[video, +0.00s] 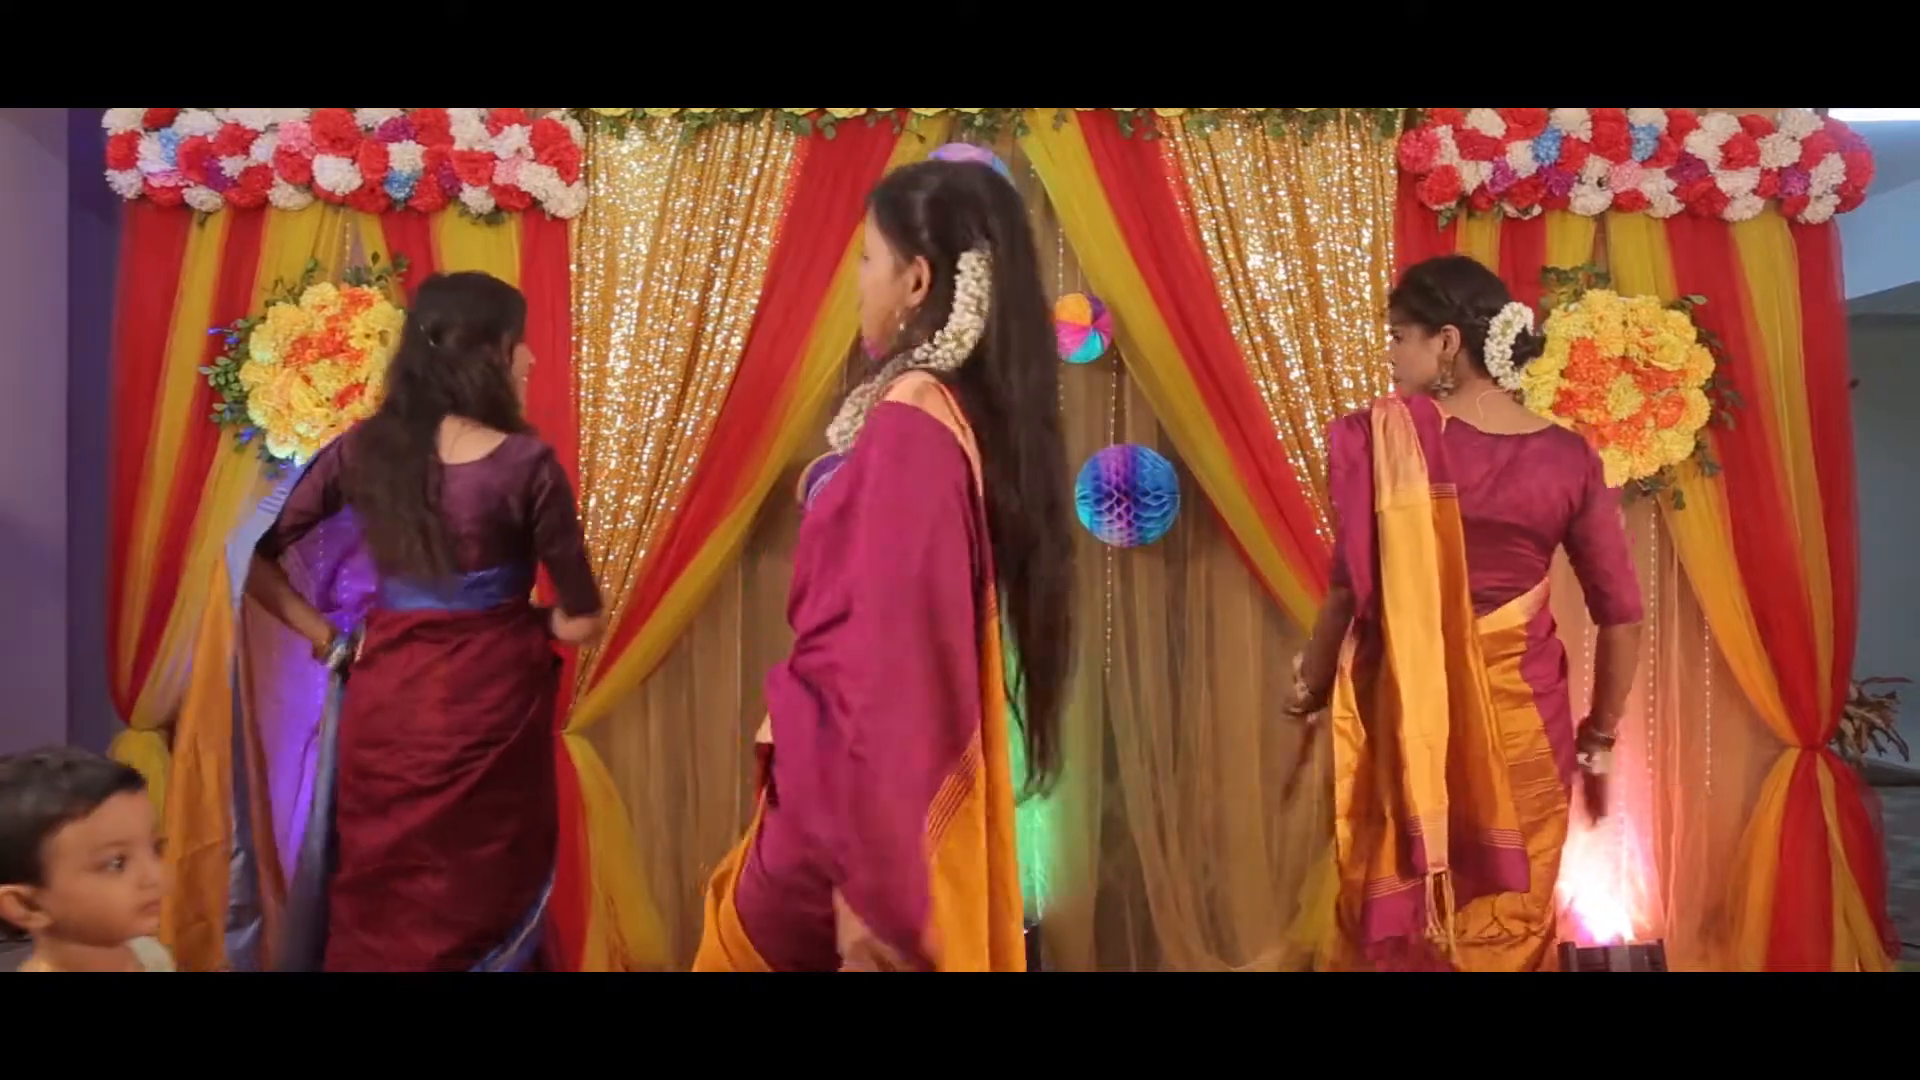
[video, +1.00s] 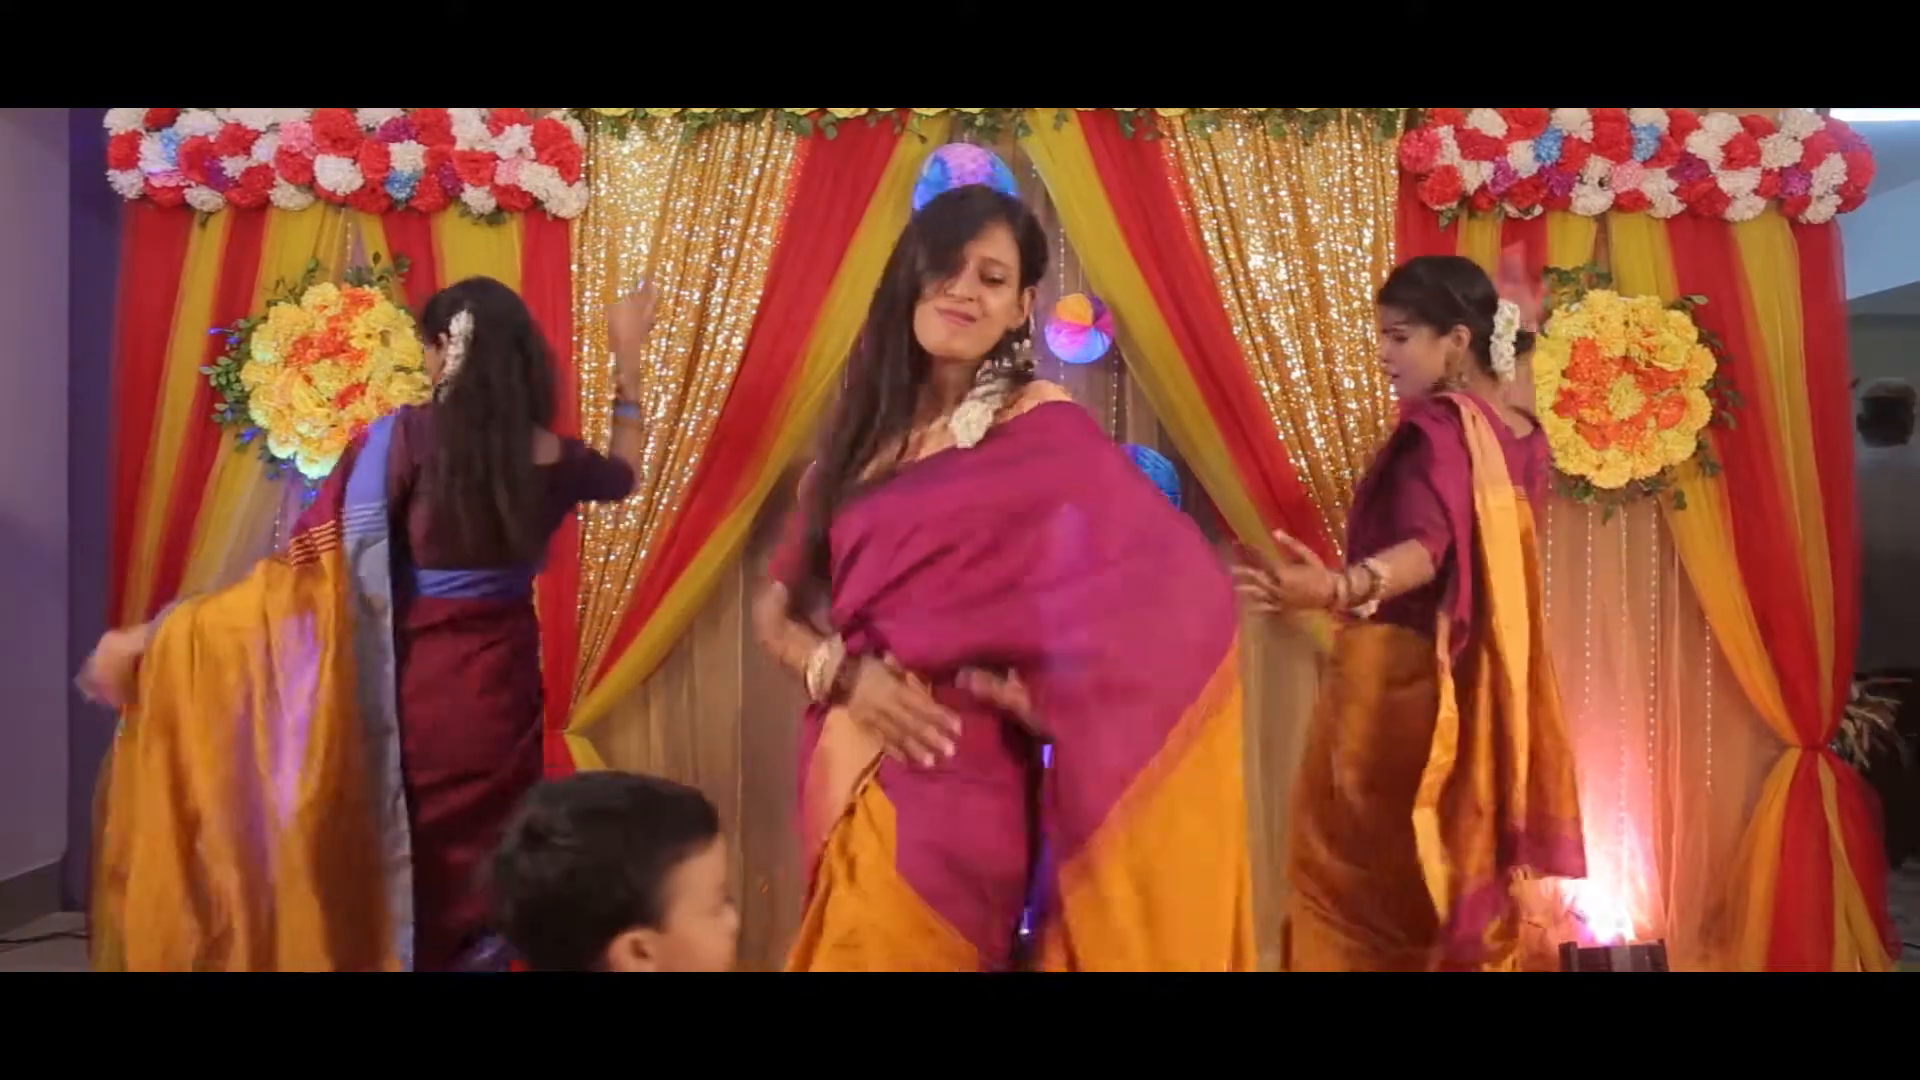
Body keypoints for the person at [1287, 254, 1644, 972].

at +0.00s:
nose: (1390, 358)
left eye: (1398, 338)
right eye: (1392, 339)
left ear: (1448, 341)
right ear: (1469, 340)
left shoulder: (1372, 435)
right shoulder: (1566, 454)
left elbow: (1353, 581)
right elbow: (1621, 612)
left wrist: (1314, 675)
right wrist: (1600, 733)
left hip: (1403, 714)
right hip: (1524, 718)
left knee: (1399, 919)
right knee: (1513, 921)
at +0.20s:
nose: (1388, 346)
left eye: (1398, 326)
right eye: (1389, 326)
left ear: (1451, 331)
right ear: (1465, 330)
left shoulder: (1386, 432)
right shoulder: (1569, 437)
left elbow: (1339, 574)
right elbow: (1668, 577)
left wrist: (1253, 679)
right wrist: (1673, 652)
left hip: (1399, 694)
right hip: (1515, 693)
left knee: (1388, 900)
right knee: (1500, 903)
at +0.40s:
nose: (1385, 359)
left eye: (1394, 340)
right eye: (1386, 340)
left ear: (1445, 346)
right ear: (1462, 346)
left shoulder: (1375, 441)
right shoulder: (1548, 457)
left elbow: (1326, 578)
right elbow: (1650, 571)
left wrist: (1245, 676)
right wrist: (1699, 598)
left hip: (1392, 717)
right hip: (1514, 714)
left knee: (1378, 924)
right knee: (1501, 926)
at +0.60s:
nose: (1382, 344)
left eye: (1391, 325)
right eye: (1382, 326)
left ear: (1446, 330)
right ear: (1457, 330)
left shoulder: (1415, 425)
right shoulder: (1550, 426)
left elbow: (1361, 538)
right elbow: (1625, 451)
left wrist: (1263, 594)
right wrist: (1644, 371)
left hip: (1391, 664)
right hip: (1493, 665)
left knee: (1353, 843)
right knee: (1473, 845)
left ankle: (1367, 958)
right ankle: (1468, 961)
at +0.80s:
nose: (1384, 366)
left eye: (1397, 348)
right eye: (1385, 347)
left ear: (1453, 353)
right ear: (1454, 355)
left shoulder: (1422, 439)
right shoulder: (1525, 444)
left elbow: (1400, 571)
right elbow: (1566, 473)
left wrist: (1308, 625)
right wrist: (1566, 380)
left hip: (1386, 687)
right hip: (1485, 688)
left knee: (1341, 881)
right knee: (1479, 882)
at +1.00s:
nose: (1384, 354)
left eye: (1400, 336)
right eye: (1382, 335)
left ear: (1458, 340)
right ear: (1458, 345)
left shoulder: (1436, 427)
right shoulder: (1515, 432)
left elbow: (1427, 547)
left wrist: (1334, 585)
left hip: (1395, 667)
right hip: (1466, 670)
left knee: (1349, 864)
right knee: (1448, 856)